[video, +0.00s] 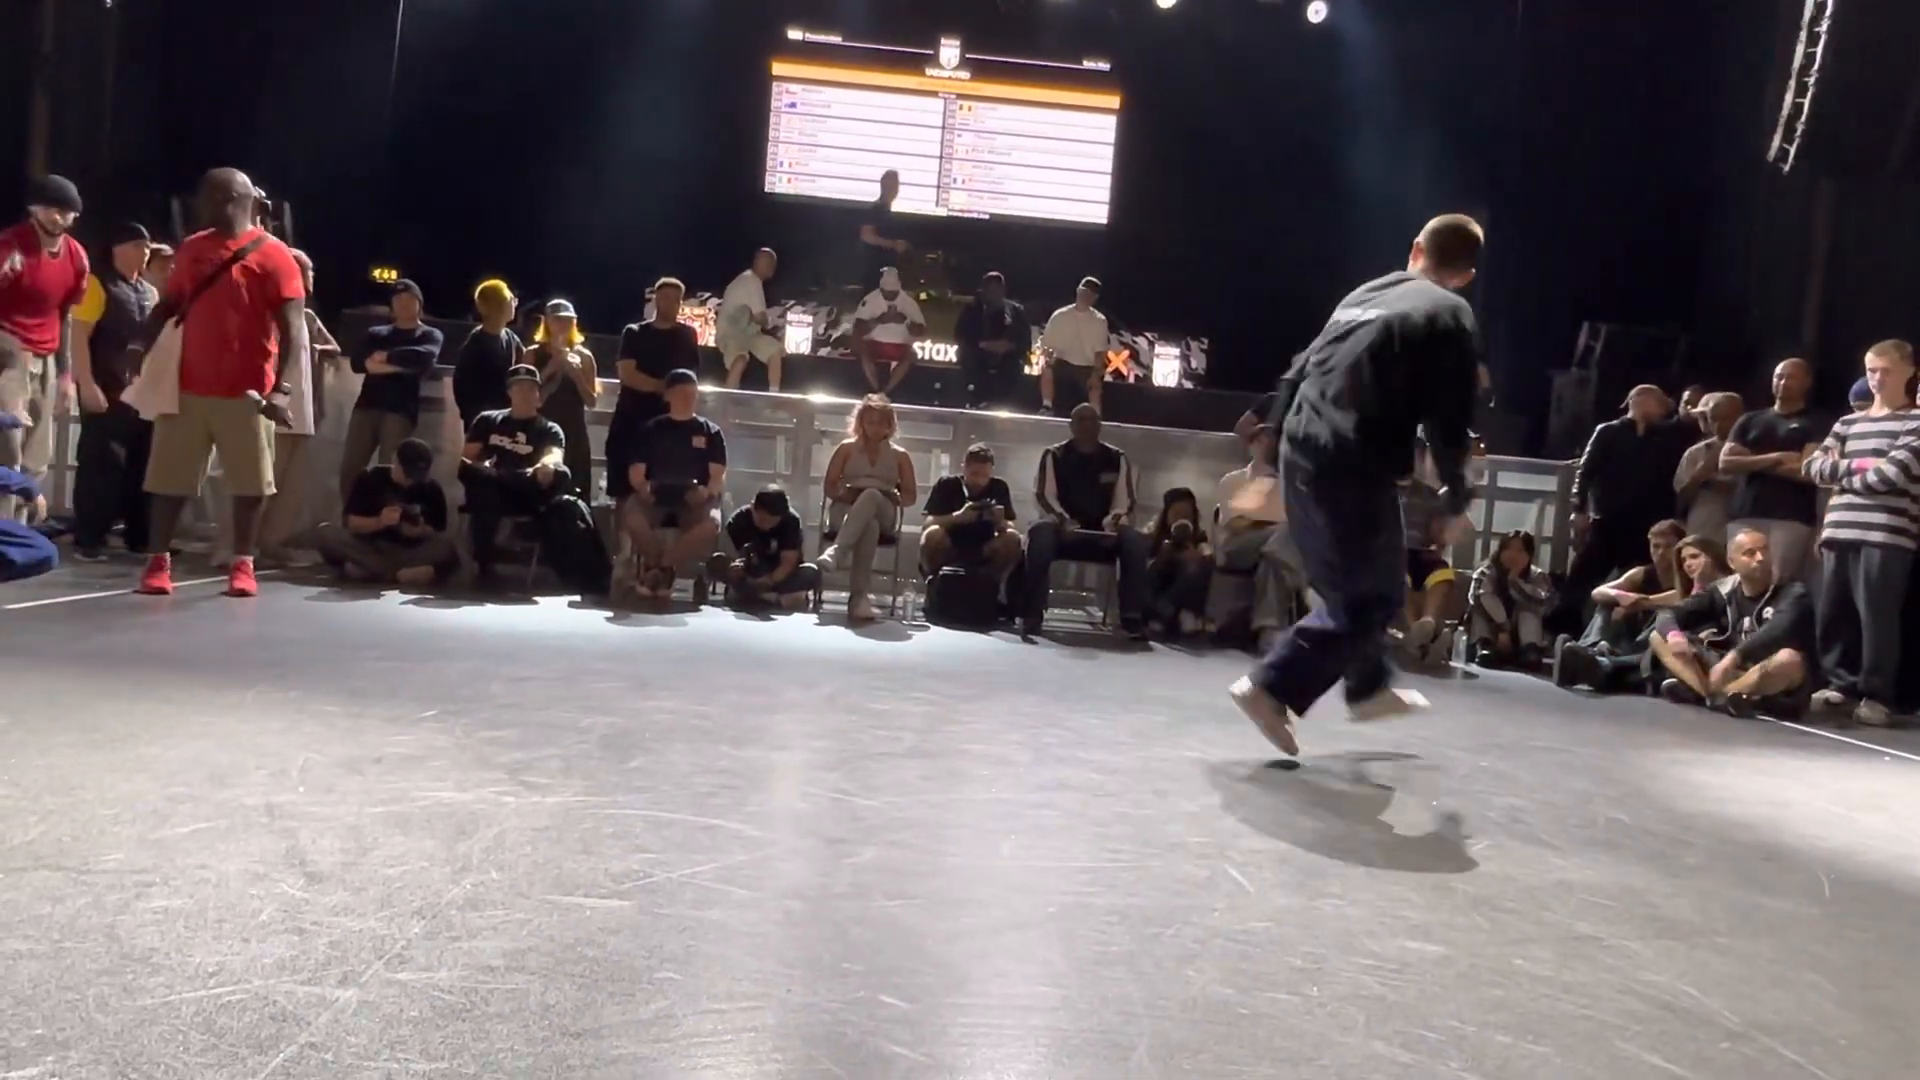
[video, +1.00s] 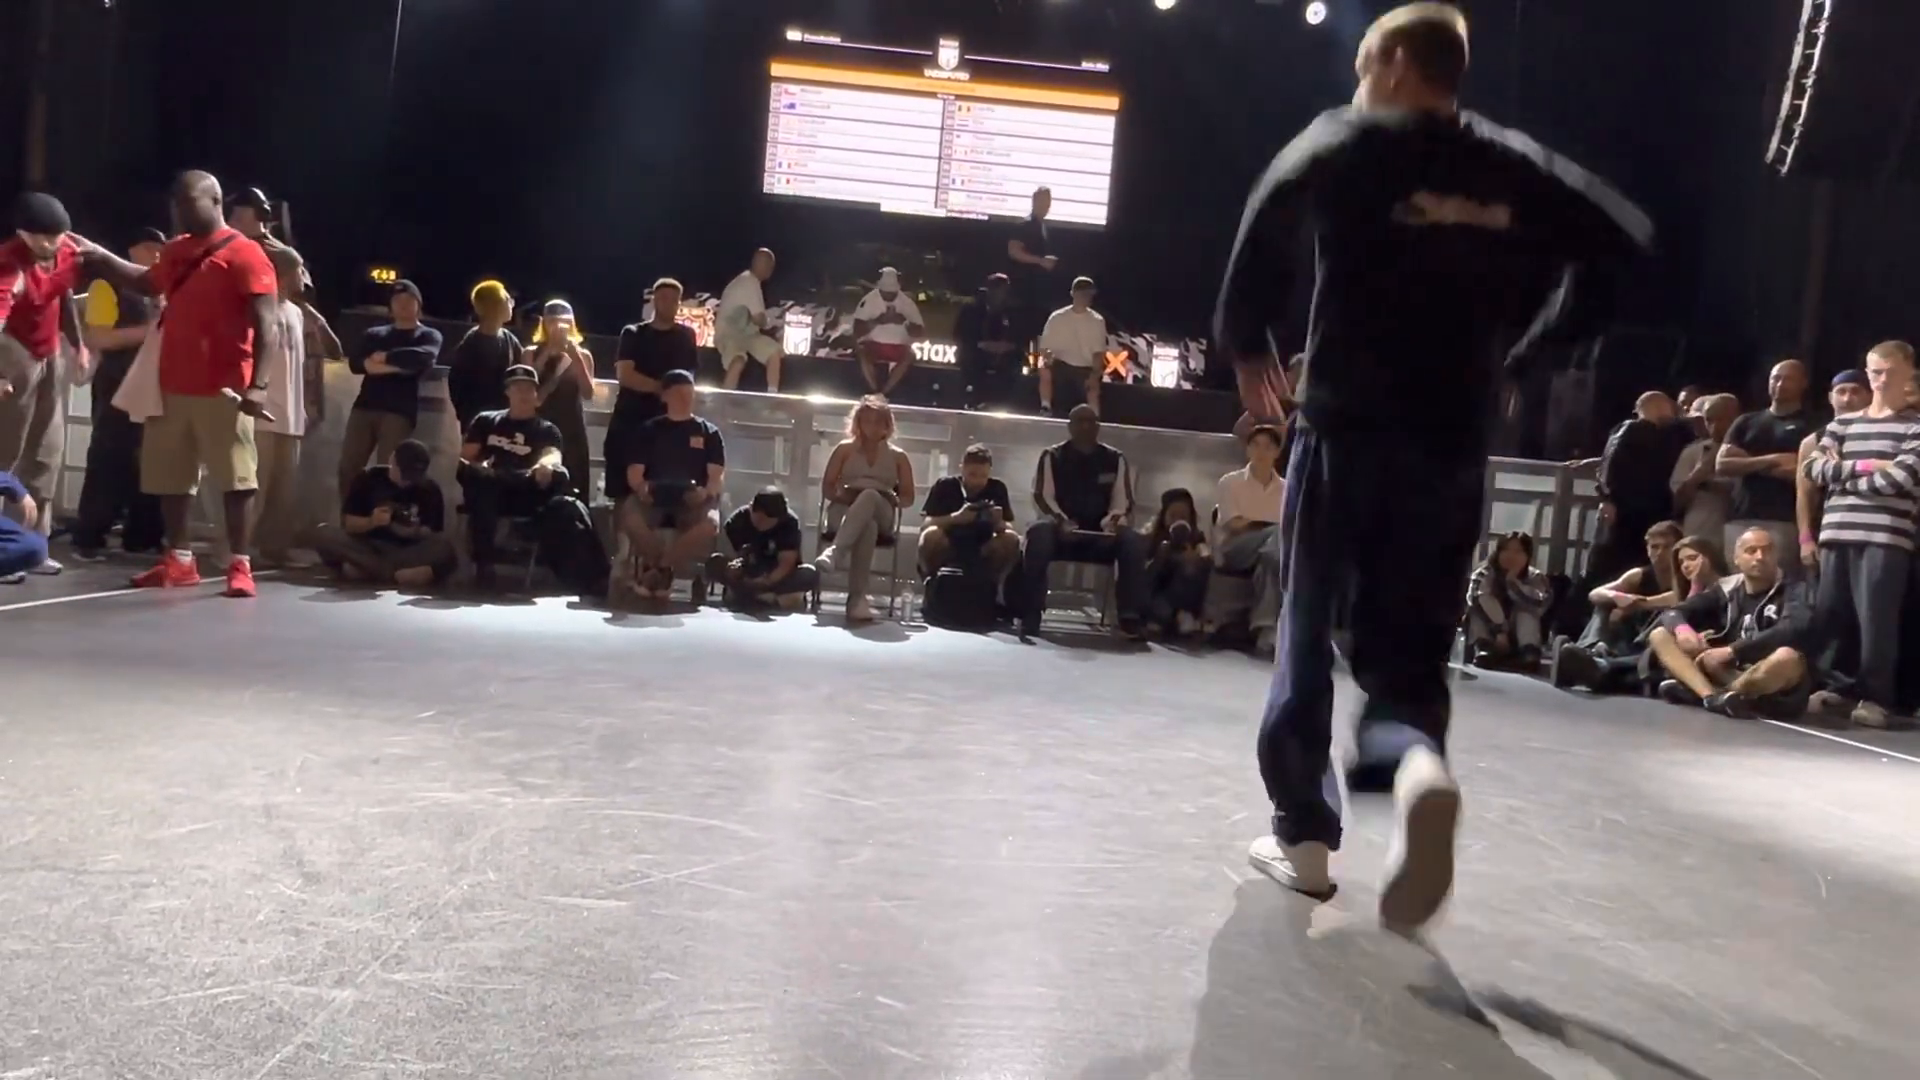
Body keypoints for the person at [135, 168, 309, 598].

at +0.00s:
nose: (212, 204)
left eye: (220, 196)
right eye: (210, 196)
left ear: (246, 201)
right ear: (210, 200)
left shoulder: (278, 257)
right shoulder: (191, 249)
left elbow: (294, 329)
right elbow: (165, 309)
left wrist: (284, 388)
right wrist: (140, 357)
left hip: (245, 394)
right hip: (185, 390)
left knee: (250, 485)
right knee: (168, 482)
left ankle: (243, 563)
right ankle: (158, 562)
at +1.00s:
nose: (180, 211)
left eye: (188, 202)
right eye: (177, 203)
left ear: (214, 200)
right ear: (177, 207)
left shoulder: (245, 252)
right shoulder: (177, 250)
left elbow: (268, 324)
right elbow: (148, 282)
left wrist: (260, 385)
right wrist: (102, 257)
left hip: (226, 390)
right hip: (172, 389)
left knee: (237, 481)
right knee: (171, 477)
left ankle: (240, 564)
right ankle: (178, 559)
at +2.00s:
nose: (226, 209)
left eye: (234, 202)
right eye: (219, 201)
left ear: (248, 210)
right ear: (205, 206)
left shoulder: (267, 261)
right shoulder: (183, 246)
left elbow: (284, 331)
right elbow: (134, 273)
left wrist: (276, 392)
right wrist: (91, 242)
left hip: (235, 391)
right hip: (175, 386)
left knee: (236, 480)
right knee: (166, 474)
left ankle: (226, 559)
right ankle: (175, 557)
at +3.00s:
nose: (112, 224)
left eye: (118, 216)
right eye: (106, 218)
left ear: (140, 217)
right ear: (101, 226)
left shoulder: (180, 261)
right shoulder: (95, 270)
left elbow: (215, 321)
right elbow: (69, 335)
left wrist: (236, 378)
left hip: (181, 403)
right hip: (120, 405)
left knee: (191, 497)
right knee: (120, 498)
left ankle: (197, 574)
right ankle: (125, 575)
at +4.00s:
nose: (114, 251)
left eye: (117, 242)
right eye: (105, 245)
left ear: (125, 246)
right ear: (85, 252)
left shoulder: (151, 286)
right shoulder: (72, 295)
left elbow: (188, 343)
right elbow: (52, 358)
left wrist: (226, 388)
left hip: (156, 422)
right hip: (97, 427)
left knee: (168, 514)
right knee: (99, 520)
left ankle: (165, 597)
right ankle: (111, 600)